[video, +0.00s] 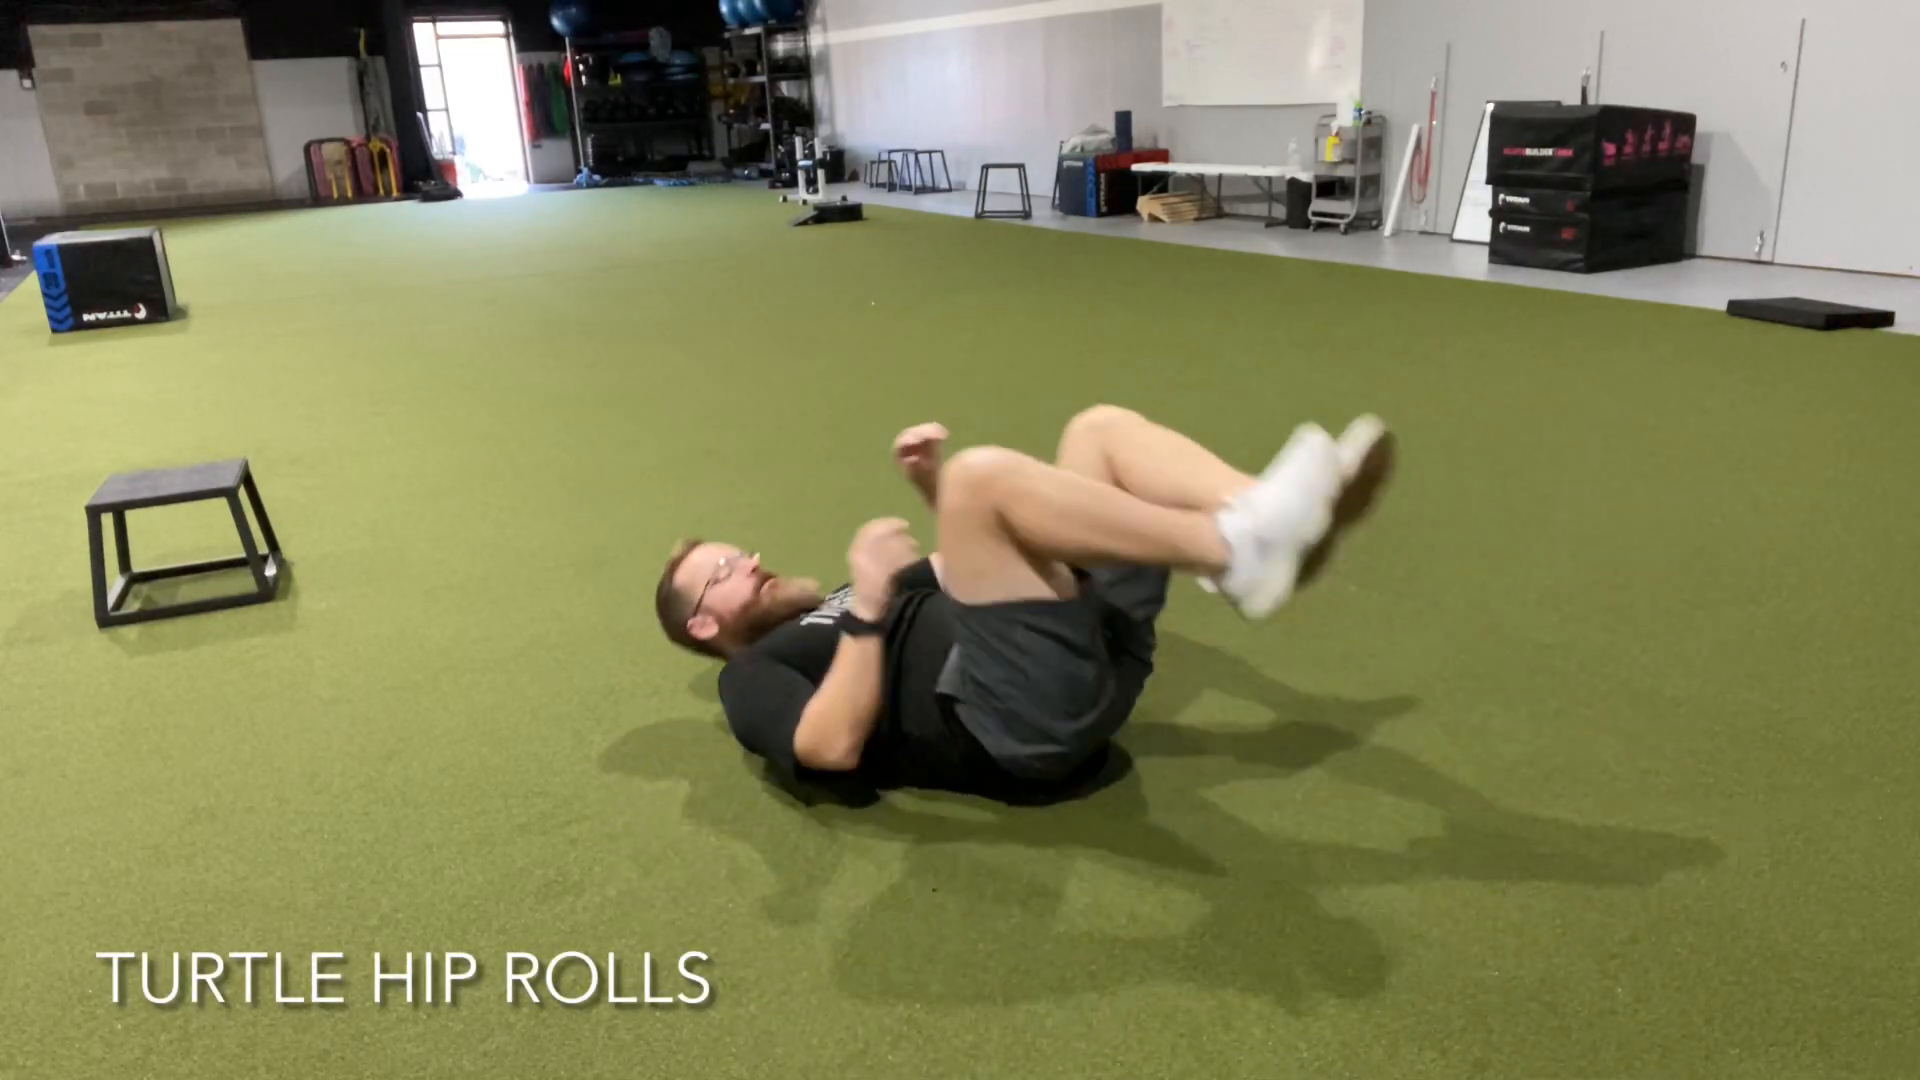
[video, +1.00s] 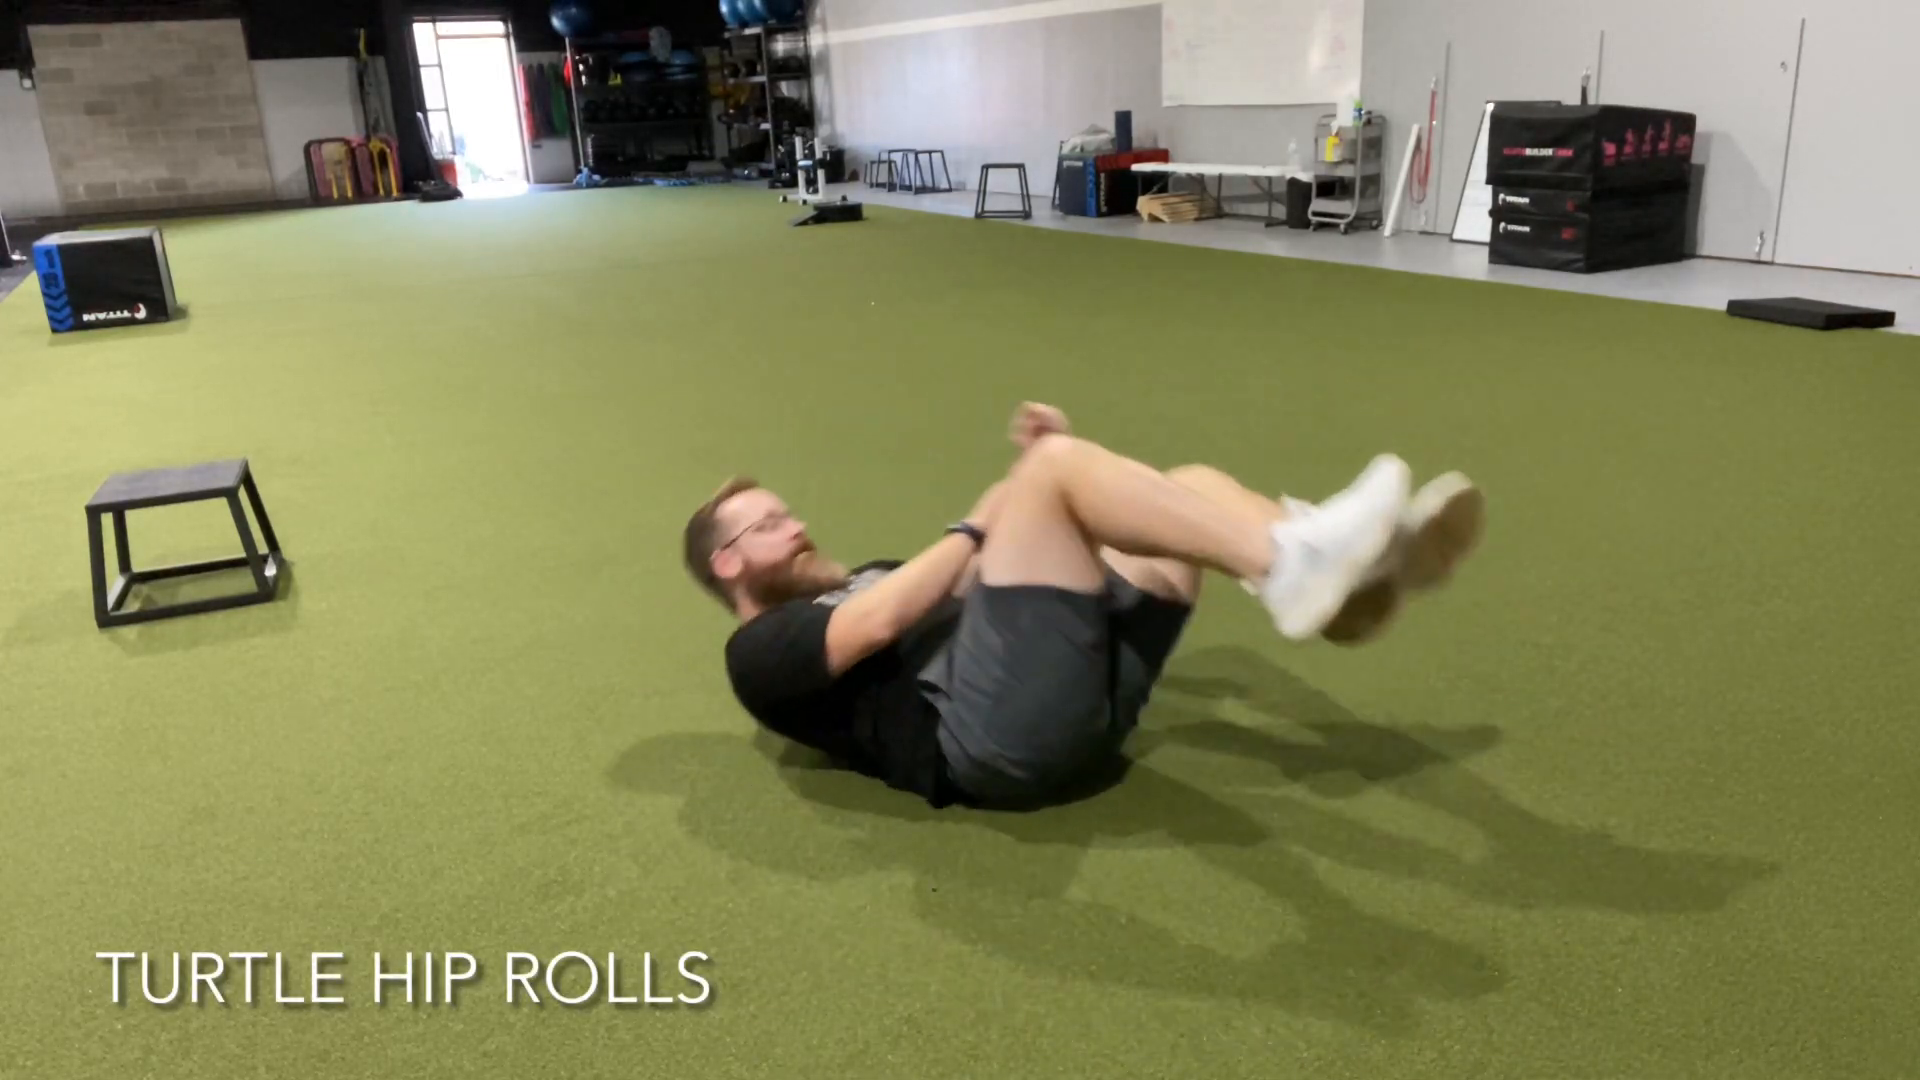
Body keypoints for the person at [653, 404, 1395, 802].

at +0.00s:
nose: (752, 564)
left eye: (743, 557)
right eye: (723, 574)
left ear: (769, 565)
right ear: (707, 627)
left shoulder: (857, 603)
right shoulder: (755, 678)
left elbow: (986, 589)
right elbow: (829, 746)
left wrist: (940, 498)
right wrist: (872, 600)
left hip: (1078, 683)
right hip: (1012, 726)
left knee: (1099, 428)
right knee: (974, 473)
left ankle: (1274, 514)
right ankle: (1230, 553)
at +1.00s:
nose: (793, 524)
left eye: (787, 512)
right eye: (767, 523)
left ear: (802, 528)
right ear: (730, 570)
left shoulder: (879, 579)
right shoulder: (759, 653)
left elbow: (997, 592)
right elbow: (879, 623)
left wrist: (1045, 462)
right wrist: (980, 526)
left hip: (1077, 726)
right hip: (988, 741)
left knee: (1192, 483)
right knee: (1050, 462)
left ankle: (1348, 561)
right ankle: (1280, 565)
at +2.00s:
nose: (1248, 317)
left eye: (1248, 299)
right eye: (1242, 298)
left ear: (1162, 303)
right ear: (1196, 298)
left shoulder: (1114, 396)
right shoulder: (1211, 402)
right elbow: (1317, 539)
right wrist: (1384, 527)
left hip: (1146, 733)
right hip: (1169, 676)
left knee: (1355, 679)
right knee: (1431, 590)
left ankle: (1410, 787)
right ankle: (1512, 847)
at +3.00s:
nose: (930, 409)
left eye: (920, 395)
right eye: (906, 402)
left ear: (877, 430)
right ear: (856, 441)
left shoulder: (932, 500)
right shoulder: (888, 529)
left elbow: (1032, 588)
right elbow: (1036, 581)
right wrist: (1142, 505)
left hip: (1089, 700)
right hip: (1060, 721)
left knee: (1290, 596)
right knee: (1287, 568)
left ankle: (1409, 762)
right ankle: (1434, 801)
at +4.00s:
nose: (664, 609)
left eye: (661, 607)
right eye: (648, 624)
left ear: (698, 612)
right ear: (654, 680)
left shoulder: (782, 643)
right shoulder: (704, 724)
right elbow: (711, 684)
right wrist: (685, 550)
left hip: (1003, 590)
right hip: (942, 652)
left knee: (886, 369)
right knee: (791, 433)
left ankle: (1050, 362)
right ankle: (1042, 414)